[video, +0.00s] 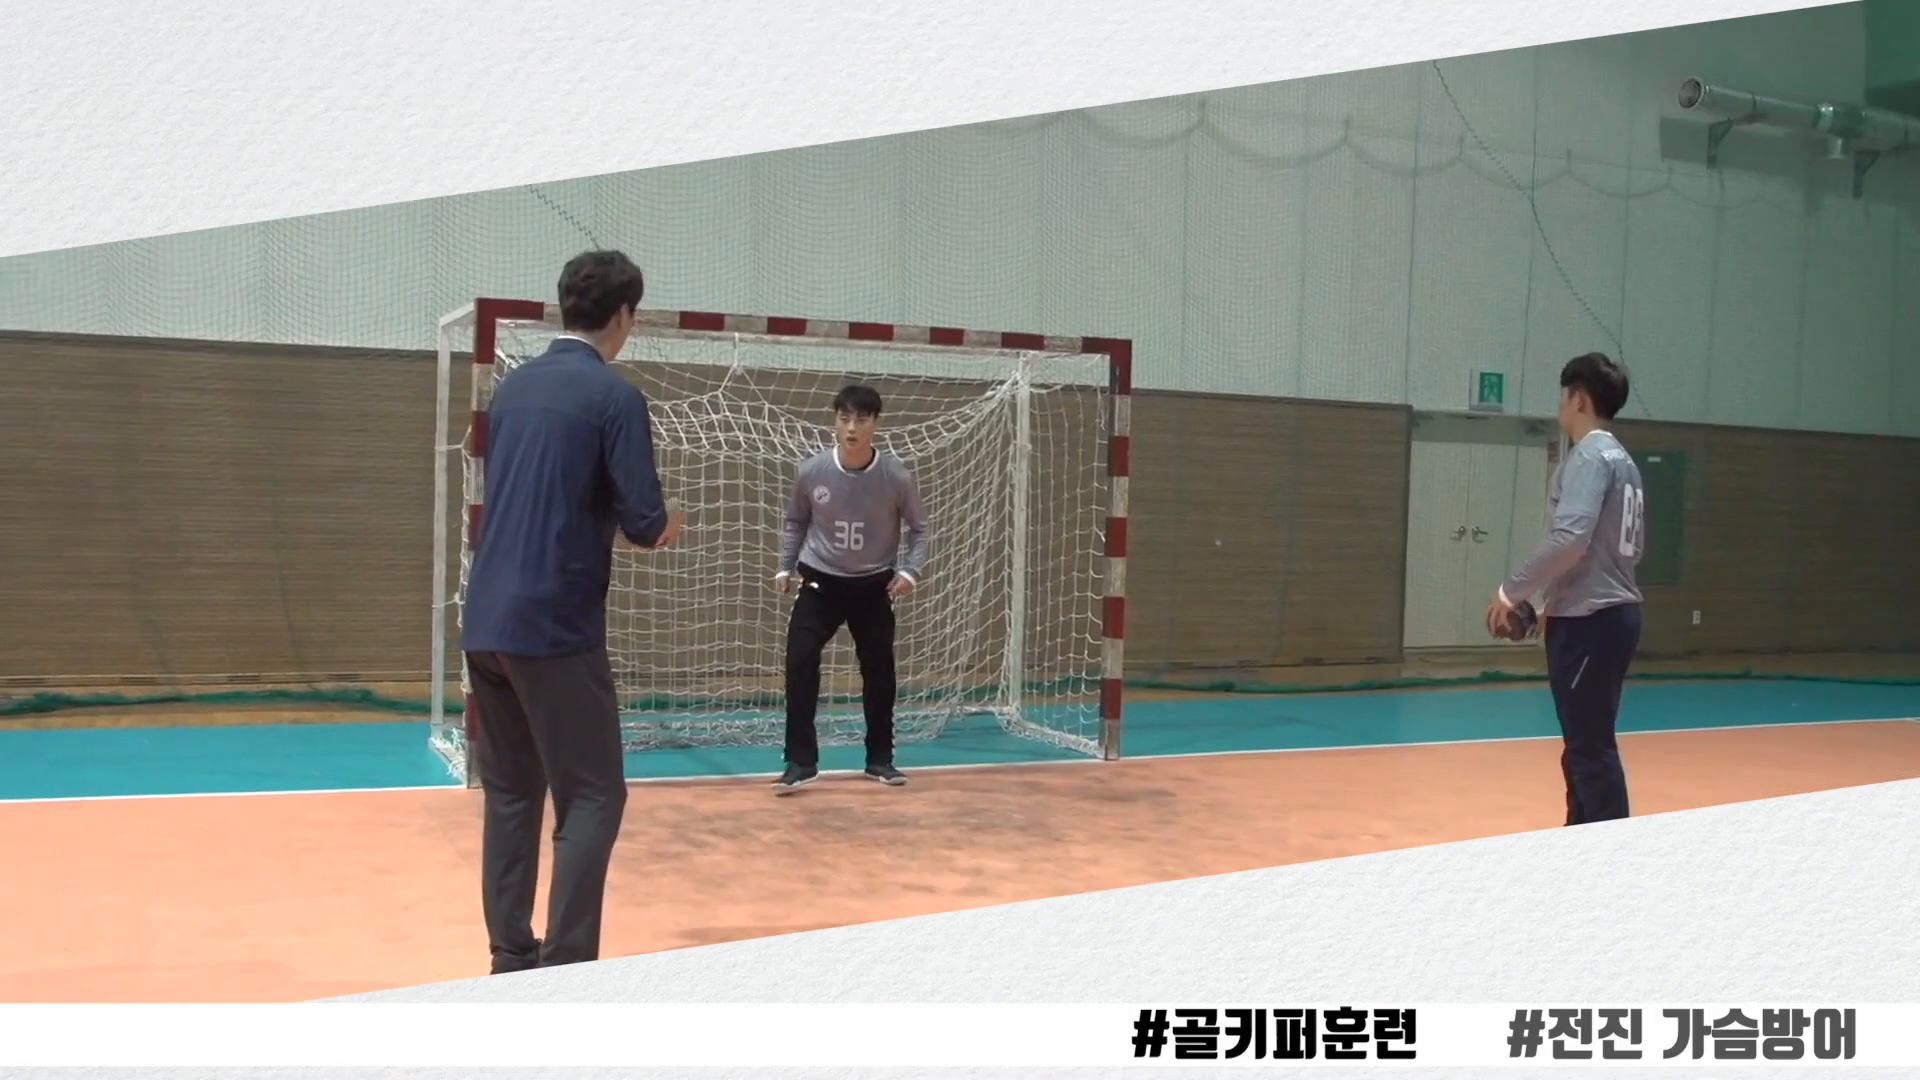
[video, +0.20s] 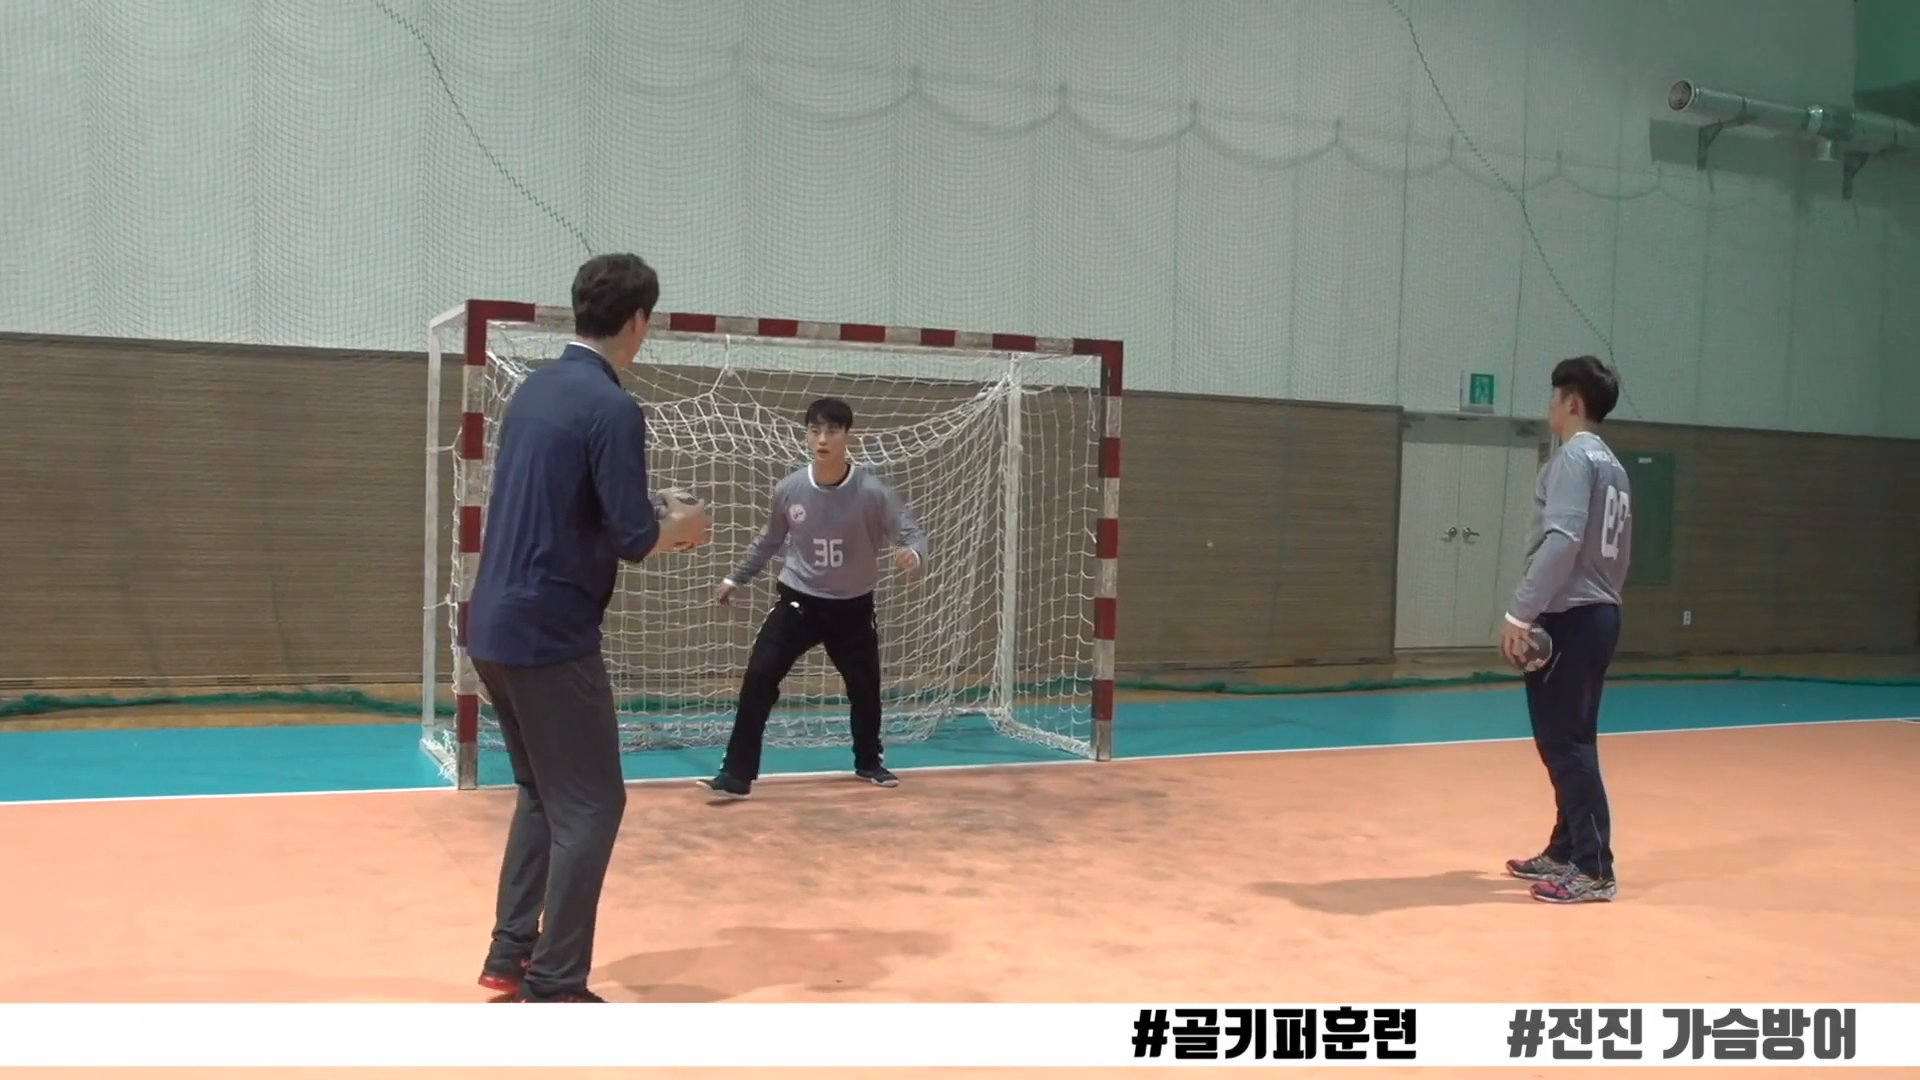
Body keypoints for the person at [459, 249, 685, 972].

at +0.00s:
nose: (636, 324)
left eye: (635, 313)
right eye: (637, 313)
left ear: (564, 309)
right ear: (625, 315)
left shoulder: (514, 383)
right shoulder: (615, 396)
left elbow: (523, 492)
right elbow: (642, 523)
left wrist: (629, 516)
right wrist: (663, 528)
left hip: (485, 623)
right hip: (553, 626)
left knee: (510, 791)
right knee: (594, 791)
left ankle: (511, 953)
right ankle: (568, 961)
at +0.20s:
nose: (651, 331)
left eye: (651, 320)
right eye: (651, 319)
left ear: (580, 313)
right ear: (638, 321)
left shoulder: (535, 387)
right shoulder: (611, 408)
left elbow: (551, 505)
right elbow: (631, 534)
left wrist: (647, 513)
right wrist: (673, 532)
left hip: (495, 627)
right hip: (550, 636)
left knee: (544, 793)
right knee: (594, 801)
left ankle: (510, 955)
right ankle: (558, 976)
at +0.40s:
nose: (648, 344)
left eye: (650, 331)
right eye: (649, 331)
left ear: (581, 326)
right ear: (634, 332)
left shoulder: (557, 392)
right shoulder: (586, 407)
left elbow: (590, 510)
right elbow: (578, 526)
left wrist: (674, 547)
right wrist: (654, 613)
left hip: (502, 626)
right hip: (529, 636)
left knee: (566, 782)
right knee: (594, 803)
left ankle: (511, 919)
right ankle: (551, 983)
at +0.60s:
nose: (630, 365)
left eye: (630, 353)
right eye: (627, 353)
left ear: (570, 355)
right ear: (606, 356)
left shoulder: (574, 427)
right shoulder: (551, 411)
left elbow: (596, 517)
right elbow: (543, 461)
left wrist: (682, 513)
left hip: (503, 640)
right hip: (514, 646)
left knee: (538, 775)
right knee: (591, 805)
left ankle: (475, 897)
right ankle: (548, 984)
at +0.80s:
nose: (566, 365)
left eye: (563, 351)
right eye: (559, 352)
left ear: (502, 367)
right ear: (541, 360)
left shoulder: (488, 434)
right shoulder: (528, 416)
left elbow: (444, 540)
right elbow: (587, 406)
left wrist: (499, 579)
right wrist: (572, 305)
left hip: (473, 637)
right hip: (517, 637)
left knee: (514, 764)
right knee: (535, 799)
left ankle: (456, 894)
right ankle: (533, 971)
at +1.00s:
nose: (520, 365)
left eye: (516, 356)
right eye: (517, 356)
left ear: (455, 366)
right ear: (504, 358)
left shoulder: (419, 439)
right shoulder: (531, 410)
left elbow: (378, 537)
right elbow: (637, 421)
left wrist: (416, 607)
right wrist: (670, 344)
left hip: (425, 613)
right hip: (491, 597)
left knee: (461, 757)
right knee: (515, 755)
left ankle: (453, 903)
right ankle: (464, 908)